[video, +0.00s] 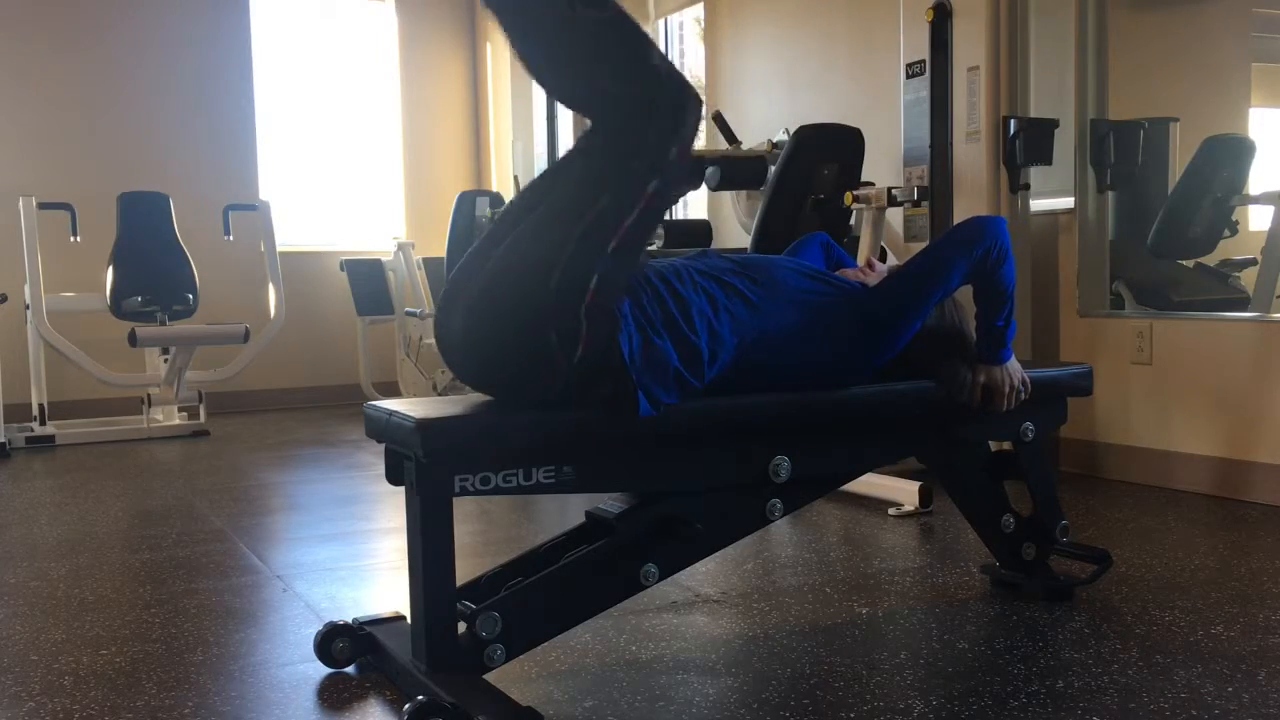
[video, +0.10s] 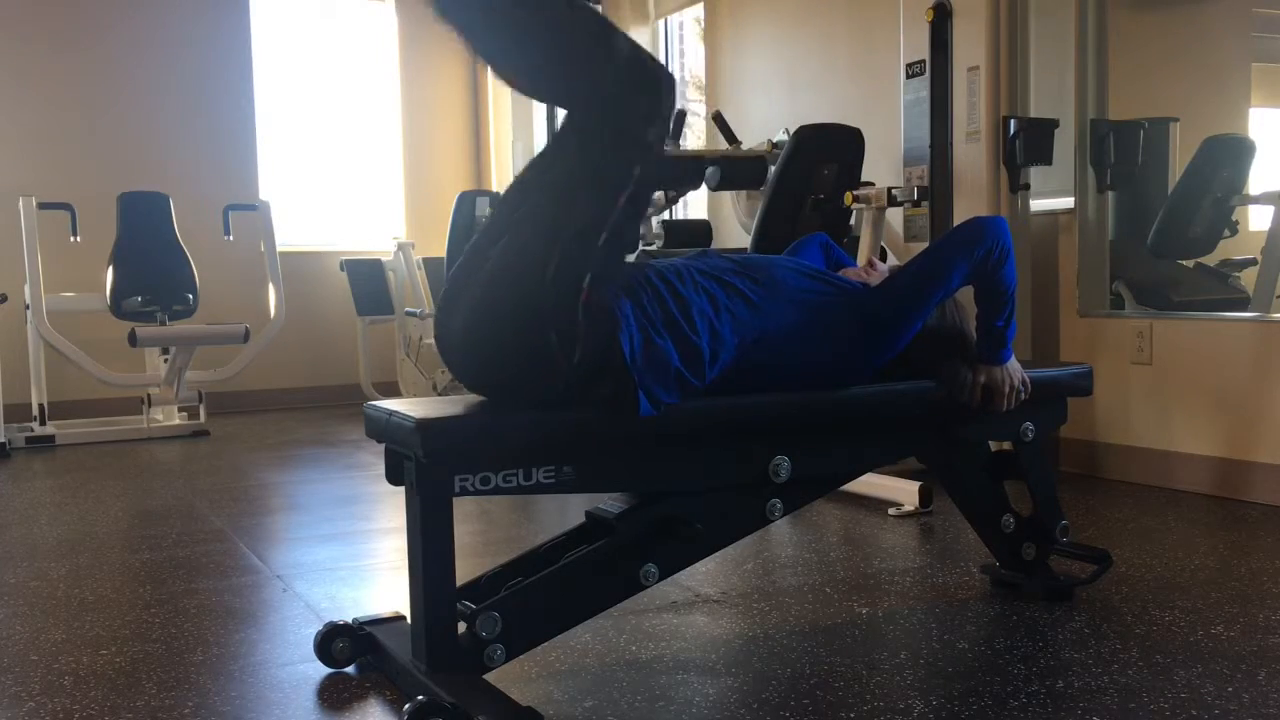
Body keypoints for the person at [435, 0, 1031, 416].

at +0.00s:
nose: (870, 261)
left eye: (885, 270)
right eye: (875, 260)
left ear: (891, 301)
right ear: (859, 273)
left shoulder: (871, 328)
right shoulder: (804, 281)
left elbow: (985, 233)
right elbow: (815, 235)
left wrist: (1000, 353)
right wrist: (869, 271)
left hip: (554, 345)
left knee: (665, 102)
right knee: (659, 109)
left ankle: (495, 4)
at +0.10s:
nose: (870, 262)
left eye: (885, 272)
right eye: (874, 260)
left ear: (889, 302)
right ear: (858, 271)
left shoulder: (867, 329)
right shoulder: (799, 278)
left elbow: (985, 233)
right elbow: (817, 231)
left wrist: (999, 352)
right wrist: (868, 267)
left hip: (556, 344)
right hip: (549, 314)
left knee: (643, 88)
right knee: (643, 95)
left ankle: (448, 4)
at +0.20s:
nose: (885, 251)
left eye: (904, 262)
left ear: (924, 318)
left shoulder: (874, 327)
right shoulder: (809, 282)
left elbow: (991, 233)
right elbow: (816, 176)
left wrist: (1000, 352)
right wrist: (864, 270)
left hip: (553, 343)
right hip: (547, 314)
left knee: (606, 70)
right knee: (603, 75)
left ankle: (386, 1)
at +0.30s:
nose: (879, 257)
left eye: (895, 262)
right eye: (876, 252)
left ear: (912, 310)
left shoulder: (867, 330)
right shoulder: (793, 286)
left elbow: (992, 233)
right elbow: (823, 179)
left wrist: (996, 351)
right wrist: (867, 267)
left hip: (548, 355)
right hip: (528, 323)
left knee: (569, 59)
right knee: (565, 62)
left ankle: (297, 9)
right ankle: (307, 11)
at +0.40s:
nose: (879, 251)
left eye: (898, 258)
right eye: (883, 245)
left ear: (919, 322)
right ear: (874, 278)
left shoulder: (857, 334)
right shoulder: (796, 288)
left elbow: (990, 232)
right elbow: (823, 159)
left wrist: (987, 354)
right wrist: (863, 258)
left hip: (548, 357)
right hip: (522, 326)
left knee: (530, 56)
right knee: (524, 54)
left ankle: (240, 28)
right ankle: (241, 25)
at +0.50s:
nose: (876, 251)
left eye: (894, 257)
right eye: (877, 246)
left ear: (904, 311)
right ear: (858, 266)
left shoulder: (856, 335)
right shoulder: (802, 285)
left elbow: (990, 233)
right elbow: (814, 165)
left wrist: (987, 353)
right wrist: (870, 247)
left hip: (530, 351)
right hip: (527, 316)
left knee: (484, 61)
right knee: (489, 50)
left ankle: (198, 72)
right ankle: (213, 48)